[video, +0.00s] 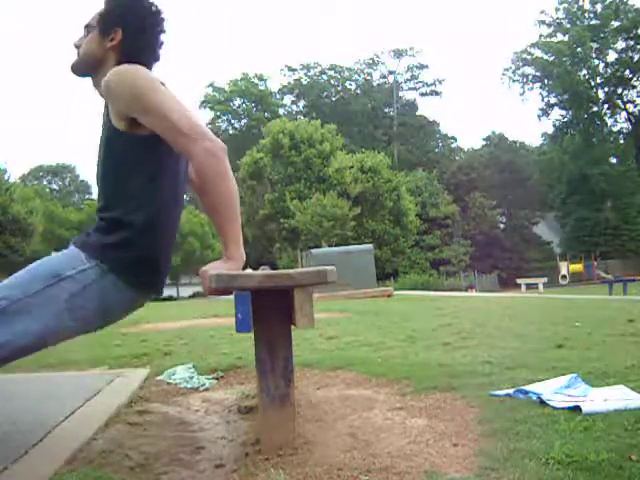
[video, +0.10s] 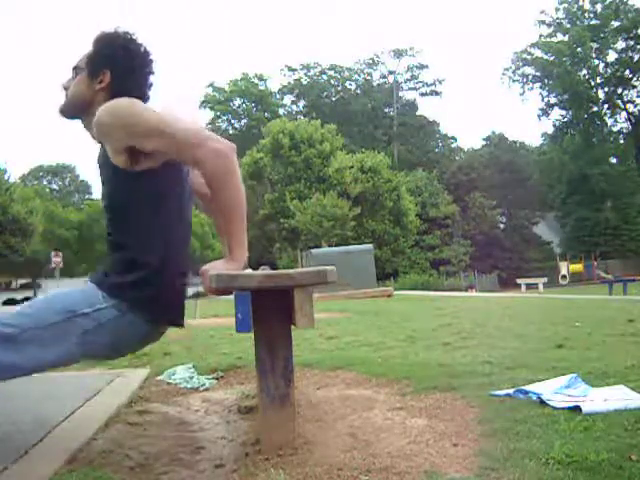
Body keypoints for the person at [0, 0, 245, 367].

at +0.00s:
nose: (78, 40)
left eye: (88, 31)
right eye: (84, 31)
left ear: (113, 39)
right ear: (112, 41)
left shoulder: (124, 80)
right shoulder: (136, 87)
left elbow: (209, 150)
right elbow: (200, 177)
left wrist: (233, 256)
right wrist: (234, 253)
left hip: (107, 267)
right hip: (111, 268)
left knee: (3, 326)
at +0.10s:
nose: (66, 84)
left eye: (77, 72)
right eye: (72, 72)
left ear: (102, 81)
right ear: (102, 81)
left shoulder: (113, 115)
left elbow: (219, 154)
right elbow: (206, 189)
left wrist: (238, 256)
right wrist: (234, 253)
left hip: (126, 303)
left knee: (5, 337)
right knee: (8, 334)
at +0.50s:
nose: (70, 70)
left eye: (81, 59)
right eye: (76, 59)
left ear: (107, 68)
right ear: (107, 69)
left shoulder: (117, 100)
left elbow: (217, 153)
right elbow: (206, 192)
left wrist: (238, 257)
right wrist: (238, 253)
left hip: (120, 290)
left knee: (2, 328)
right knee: (4, 324)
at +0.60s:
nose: (77, 29)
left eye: (88, 18)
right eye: (83, 18)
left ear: (116, 26)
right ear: (114, 27)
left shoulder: (125, 63)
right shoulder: (158, 75)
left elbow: (189, 145)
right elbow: (197, 157)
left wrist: (233, 253)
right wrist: (232, 251)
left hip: (109, 251)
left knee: (3, 312)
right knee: (5, 320)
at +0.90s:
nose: (70, 57)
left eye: (80, 44)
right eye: (75, 45)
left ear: (108, 49)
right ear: (108, 50)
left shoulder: (119, 83)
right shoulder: (131, 92)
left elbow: (207, 151)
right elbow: (206, 156)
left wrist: (235, 256)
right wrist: (235, 254)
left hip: (117, 271)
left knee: (4, 324)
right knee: (6, 325)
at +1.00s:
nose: (64, 99)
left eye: (73, 86)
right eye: (69, 86)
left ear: (101, 91)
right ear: (102, 92)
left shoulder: (114, 122)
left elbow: (222, 154)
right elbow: (211, 190)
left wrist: (239, 259)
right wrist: (243, 251)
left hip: (134, 308)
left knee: (3, 338)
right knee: (9, 326)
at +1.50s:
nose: (73, 45)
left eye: (83, 33)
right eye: (78, 34)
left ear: (109, 40)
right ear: (110, 41)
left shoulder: (123, 76)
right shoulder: (135, 82)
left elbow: (201, 150)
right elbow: (209, 152)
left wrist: (234, 253)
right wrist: (233, 247)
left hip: (112, 265)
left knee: (4, 316)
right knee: (6, 321)